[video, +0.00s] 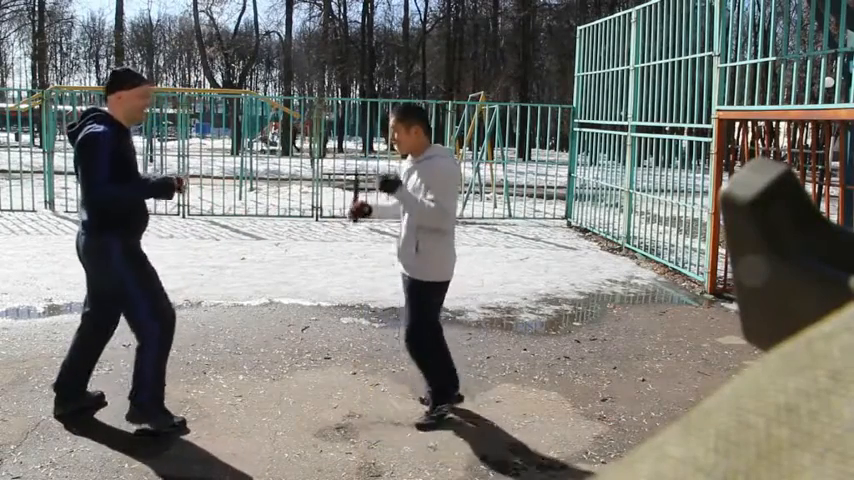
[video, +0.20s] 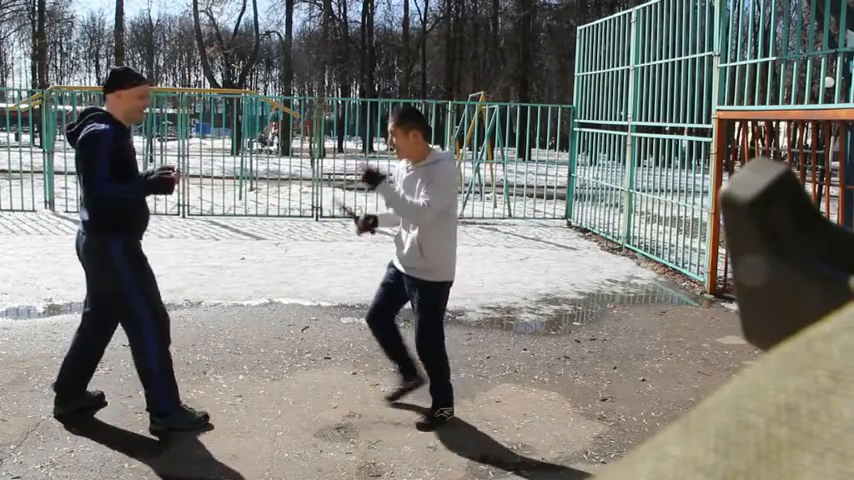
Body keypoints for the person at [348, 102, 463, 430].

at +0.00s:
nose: (392, 138)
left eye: (396, 132)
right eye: (391, 132)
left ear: (416, 131)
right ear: (411, 133)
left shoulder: (441, 166)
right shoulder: (414, 164)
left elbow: (442, 217)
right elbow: (407, 209)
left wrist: (401, 192)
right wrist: (371, 210)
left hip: (431, 269)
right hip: (416, 266)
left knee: (418, 338)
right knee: (426, 331)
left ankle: (444, 400)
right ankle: (445, 389)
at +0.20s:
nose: (391, 143)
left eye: (395, 136)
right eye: (390, 137)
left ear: (415, 135)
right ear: (407, 137)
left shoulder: (445, 168)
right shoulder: (402, 167)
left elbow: (425, 214)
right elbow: (404, 215)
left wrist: (383, 186)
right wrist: (375, 221)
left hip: (432, 272)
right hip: (403, 265)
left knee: (428, 343)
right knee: (377, 319)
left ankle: (443, 404)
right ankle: (411, 376)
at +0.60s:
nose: (364, 142)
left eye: (368, 136)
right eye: (364, 136)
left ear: (387, 135)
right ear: (384, 137)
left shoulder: (423, 166)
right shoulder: (378, 169)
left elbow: (428, 216)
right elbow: (367, 210)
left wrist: (386, 191)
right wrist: (335, 215)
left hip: (421, 268)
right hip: (386, 264)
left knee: (428, 334)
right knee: (372, 325)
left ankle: (442, 393)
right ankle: (366, 386)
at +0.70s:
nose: (366, 141)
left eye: (369, 134)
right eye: (365, 135)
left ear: (389, 134)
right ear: (385, 135)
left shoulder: (424, 164)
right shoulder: (379, 168)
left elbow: (426, 213)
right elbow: (380, 213)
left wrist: (376, 189)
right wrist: (350, 204)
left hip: (422, 266)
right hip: (386, 263)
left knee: (432, 333)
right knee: (372, 325)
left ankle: (441, 390)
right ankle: (366, 386)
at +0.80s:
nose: (374, 144)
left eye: (378, 139)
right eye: (373, 139)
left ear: (397, 138)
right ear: (391, 139)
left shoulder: (427, 167)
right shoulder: (381, 170)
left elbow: (423, 214)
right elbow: (383, 211)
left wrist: (365, 207)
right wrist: (351, 201)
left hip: (423, 268)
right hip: (388, 264)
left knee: (433, 333)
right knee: (368, 324)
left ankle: (442, 390)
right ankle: (366, 386)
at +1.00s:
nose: (375, 146)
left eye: (380, 140)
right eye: (375, 140)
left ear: (400, 140)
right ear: (394, 141)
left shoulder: (430, 169)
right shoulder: (385, 170)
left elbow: (427, 216)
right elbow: (378, 216)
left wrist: (382, 190)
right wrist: (354, 223)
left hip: (419, 269)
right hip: (384, 262)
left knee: (430, 333)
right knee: (354, 317)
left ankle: (442, 389)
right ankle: (358, 381)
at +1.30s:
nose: (341, 160)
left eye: (346, 154)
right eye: (339, 155)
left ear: (362, 152)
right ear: (337, 155)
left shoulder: (391, 174)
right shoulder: (333, 187)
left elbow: (396, 206)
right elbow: (300, 213)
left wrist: (365, 174)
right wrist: (274, 244)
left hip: (391, 277)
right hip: (351, 273)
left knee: (416, 337)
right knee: (315, 325)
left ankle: (441, 390)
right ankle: (288, 381)